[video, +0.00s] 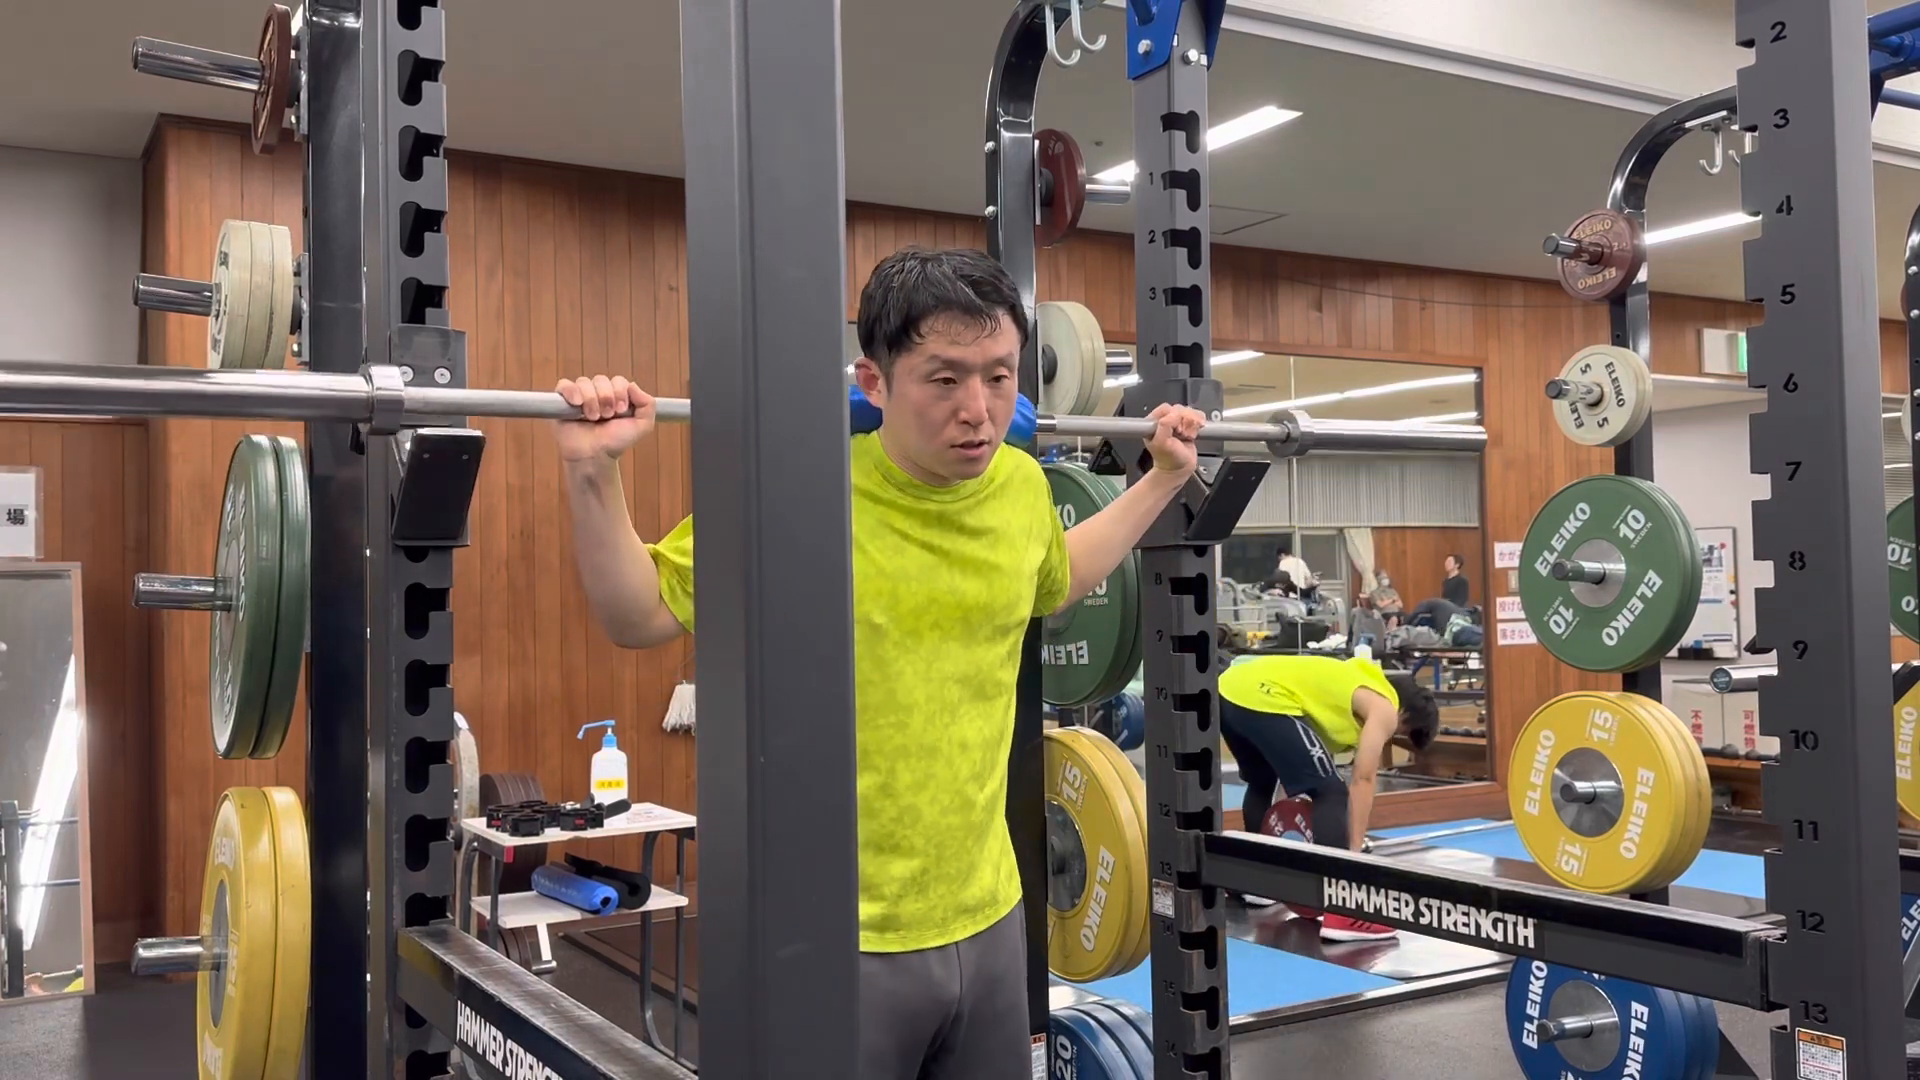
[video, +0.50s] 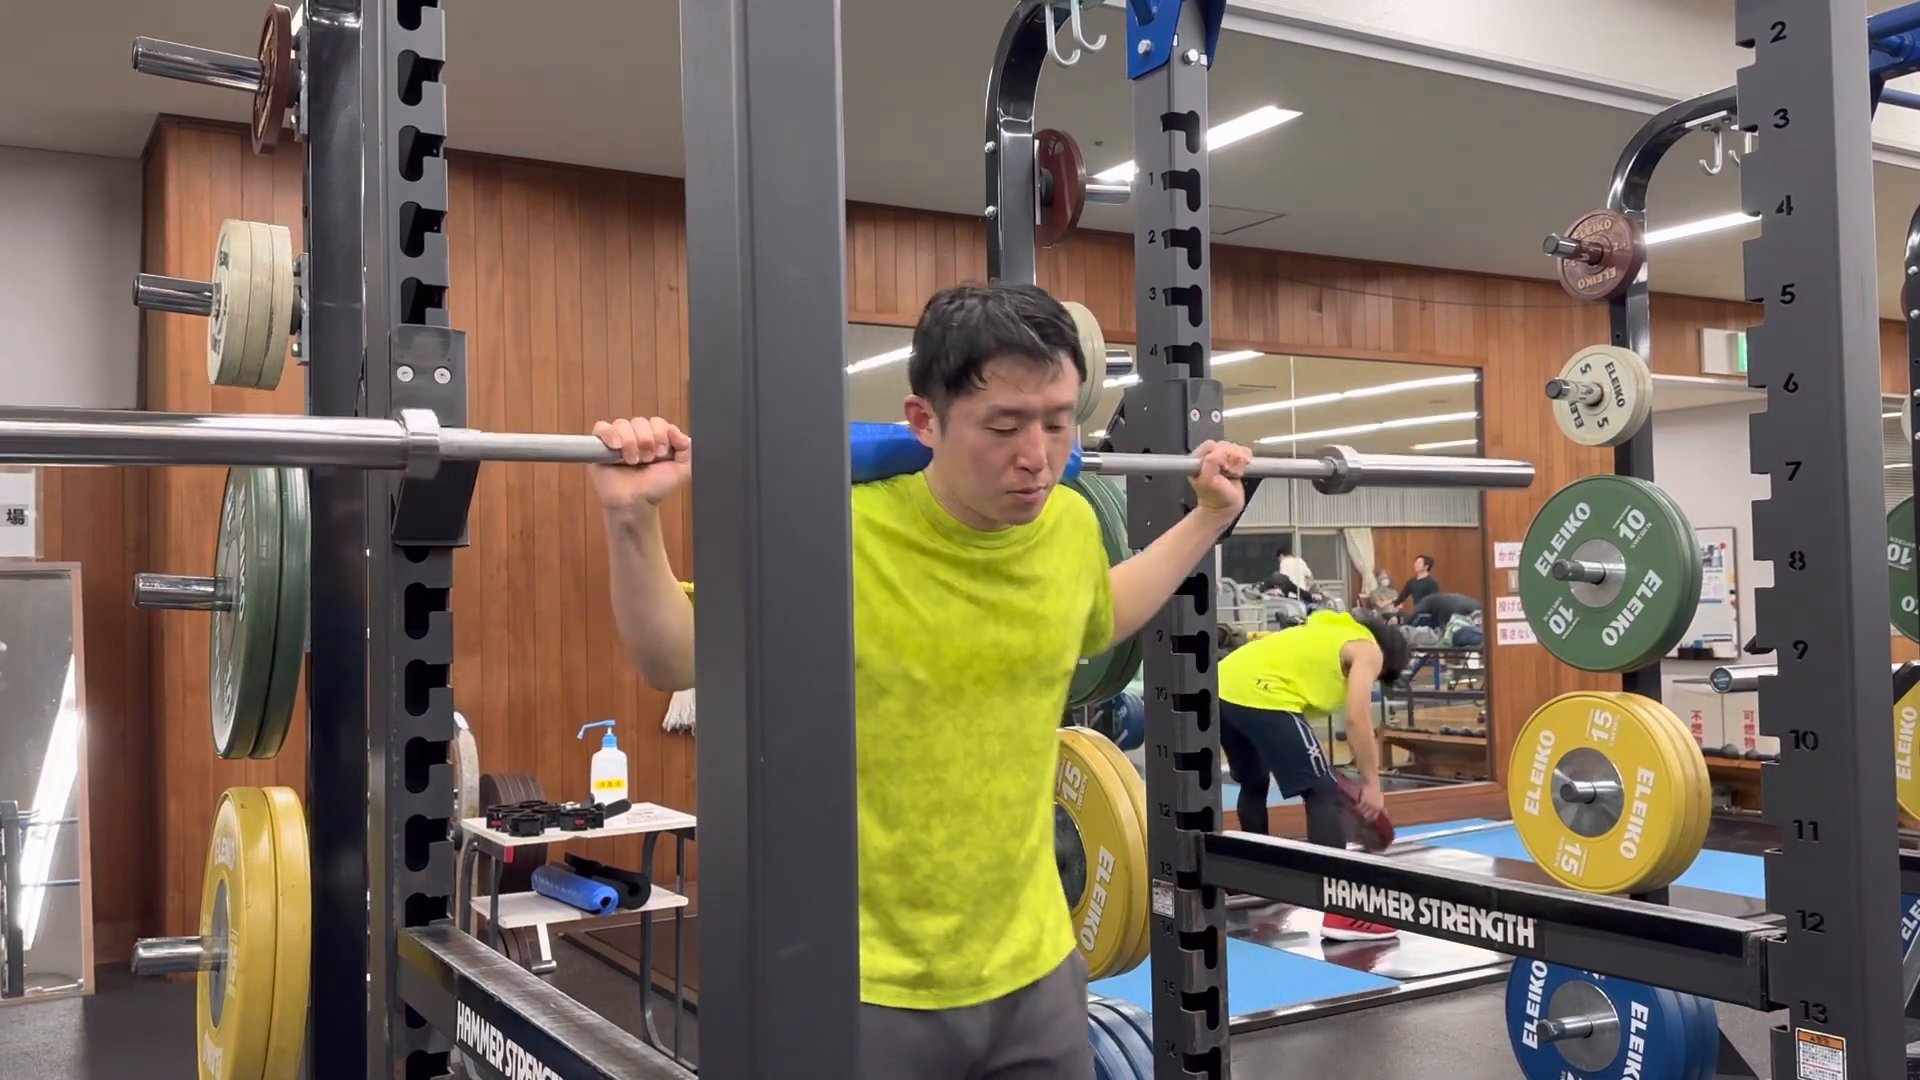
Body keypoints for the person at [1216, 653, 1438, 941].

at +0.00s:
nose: (1395, 736)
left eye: (1401, 734)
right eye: (1402, 731)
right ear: (1404, 714)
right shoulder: (1383, 709)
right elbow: (1363, 780)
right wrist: (1355, 848)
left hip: (1230, 690)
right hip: (1268, 701)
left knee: (1261, 780)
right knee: (1332, 794)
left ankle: (1252, 881)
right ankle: (1341, 909)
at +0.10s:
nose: (1390, 735)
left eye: (1396, 733)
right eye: (1396, 730)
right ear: (1399, 713)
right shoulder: (1381, 706)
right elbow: (1363, 776)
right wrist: (1358, 841)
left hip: (1229, 689)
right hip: (1268, 701)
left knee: (1259, 780)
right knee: (1330, 793)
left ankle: (1254, 881)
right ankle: (1339, 908)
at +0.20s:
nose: (1386, 731)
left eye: (1392, 730)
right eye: (1392, 727)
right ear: (1395, 707)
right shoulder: (1378, 699)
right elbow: (1365, 771)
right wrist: (1361, 836)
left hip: (1227, 688)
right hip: (1268, 700)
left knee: (1257, 781)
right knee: (1326, 793)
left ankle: (1256, 881)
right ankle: (1340, 909)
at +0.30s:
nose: (1383, 726)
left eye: (1389, 725)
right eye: (1389, 722)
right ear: (1393, 701)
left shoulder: (1339, 662)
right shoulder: (1376, 691)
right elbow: (1365, 766)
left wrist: (1305, 804)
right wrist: (1368, 831)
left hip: (1226, 689)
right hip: (1267, 699)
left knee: (1256, 781)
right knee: (1324, 792)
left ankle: (1256, 882)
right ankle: (1341, 910)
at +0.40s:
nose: (1380, 705)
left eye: (1385, 702)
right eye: (1384, 699)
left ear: (1376, 655)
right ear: (1389, 682)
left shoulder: (1333, 649)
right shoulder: (1372, 674)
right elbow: (1364, 746)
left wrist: (1297, 788)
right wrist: (1372, 814)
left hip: (1224, 688)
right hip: (1266, 698)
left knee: (1254, 784)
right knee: (1324, 794)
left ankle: (1254, 877)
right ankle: (1343, 910)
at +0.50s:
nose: (1377, 679)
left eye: (1382, 675)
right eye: (1383, 672)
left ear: (1368, 626)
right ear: (1384, 652)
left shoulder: (1322, 628)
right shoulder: (1366, 648)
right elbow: (1357, 719)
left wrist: (1322, 774)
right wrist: (1372, 783)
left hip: (1222, 692)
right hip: (1268, 701)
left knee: (1252, 786)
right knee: (1323, 795)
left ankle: (1259, 881)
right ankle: (1341, 908)